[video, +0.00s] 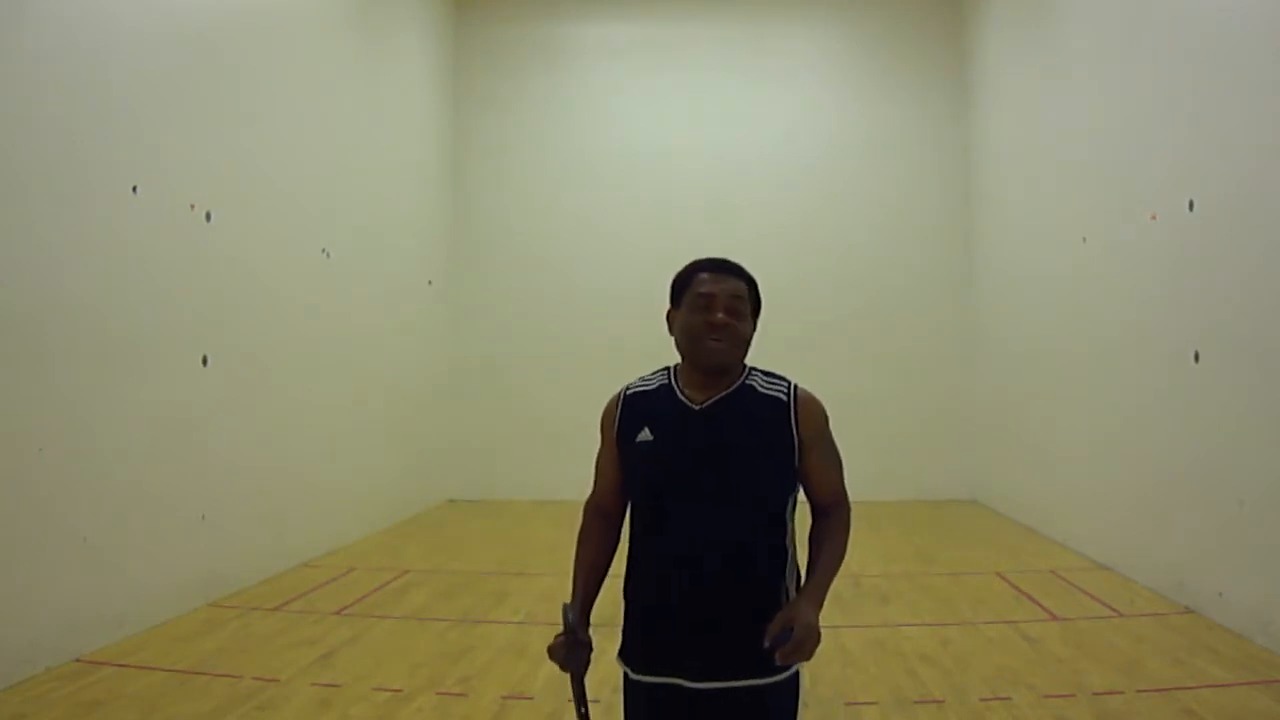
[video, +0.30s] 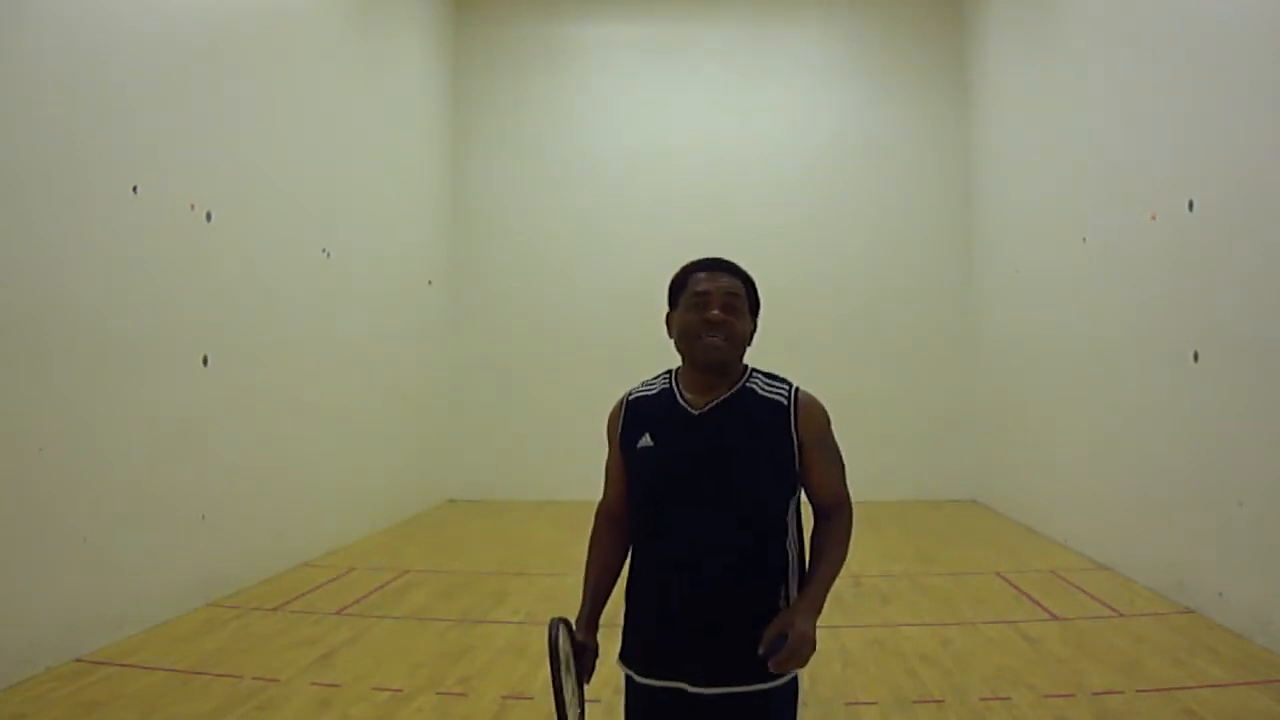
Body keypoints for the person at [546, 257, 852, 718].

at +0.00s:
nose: (719, 318)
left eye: (735, 309)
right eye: (702, 304)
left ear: (753, 329)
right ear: (671, 319)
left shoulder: (795, 411)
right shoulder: (629, 411)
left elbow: (832, 509)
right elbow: (603, 512)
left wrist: (811, 600)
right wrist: (578, 616)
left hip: (756, 667)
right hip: (656, 664)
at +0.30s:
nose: (716, 313)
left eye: (732, 304)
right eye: (699, 302)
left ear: (752, 329)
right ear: (670, 323)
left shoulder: (796, 413)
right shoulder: (633, 413)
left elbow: (834, 511)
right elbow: (614, 518)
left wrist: (806, 609)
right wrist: (586, 623)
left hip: (756, 668)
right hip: (657, 666)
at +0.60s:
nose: (707, 315)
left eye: (725, 306)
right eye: (692, 304)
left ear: (749, 328)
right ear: (668, 323)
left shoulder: (796, 413)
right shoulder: (632, 414)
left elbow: (830, 515)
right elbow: (615, 519)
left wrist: (804, 606)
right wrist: (591, 626)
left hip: (758, 668)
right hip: (658, 665)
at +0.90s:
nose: (704, 316)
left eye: (721, 306)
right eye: (688, 304)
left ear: (746, 326)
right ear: (664, 322)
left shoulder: (792, 414)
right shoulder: (628, 416)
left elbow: (824, 516)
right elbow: (610, 520)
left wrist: (807, 606)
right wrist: (582, 629)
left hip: (759, 669)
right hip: (657, 667)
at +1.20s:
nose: (701, 308)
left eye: (718, 299)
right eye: (684, 299)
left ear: (743, 327)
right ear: (661, 326)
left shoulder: (791, 416)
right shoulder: (624, 419)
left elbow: (820, 516)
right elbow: (608, 524)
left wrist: (799, 615)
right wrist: (584, 635)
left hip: (760, 671)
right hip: (655, 669)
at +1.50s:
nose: (704, 308)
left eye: (722, 299)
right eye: (688, 298)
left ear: (745, 327)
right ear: (662, 325)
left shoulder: (792, 412)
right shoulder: (624, 415)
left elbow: (828, 512)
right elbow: (606, 522)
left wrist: (807, 604)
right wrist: (581, 634)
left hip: (760, 671)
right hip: (655, 669)